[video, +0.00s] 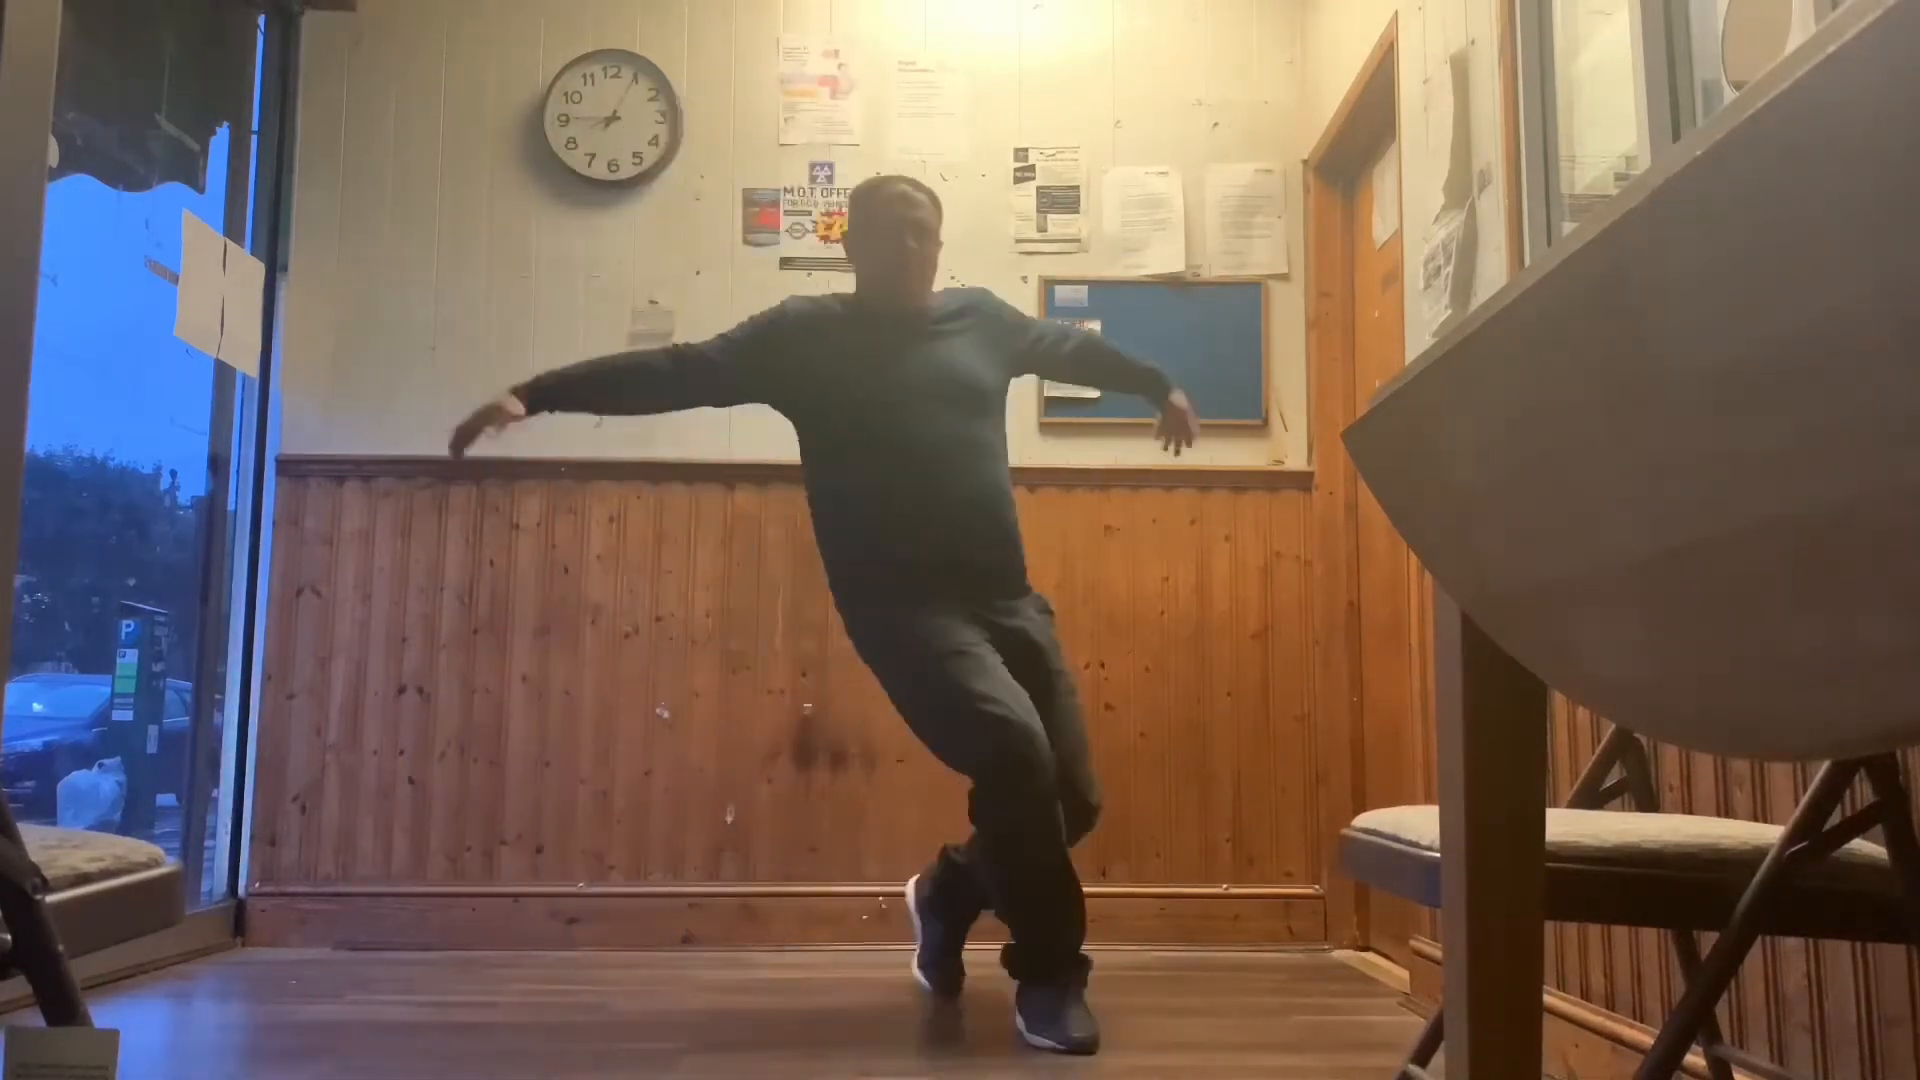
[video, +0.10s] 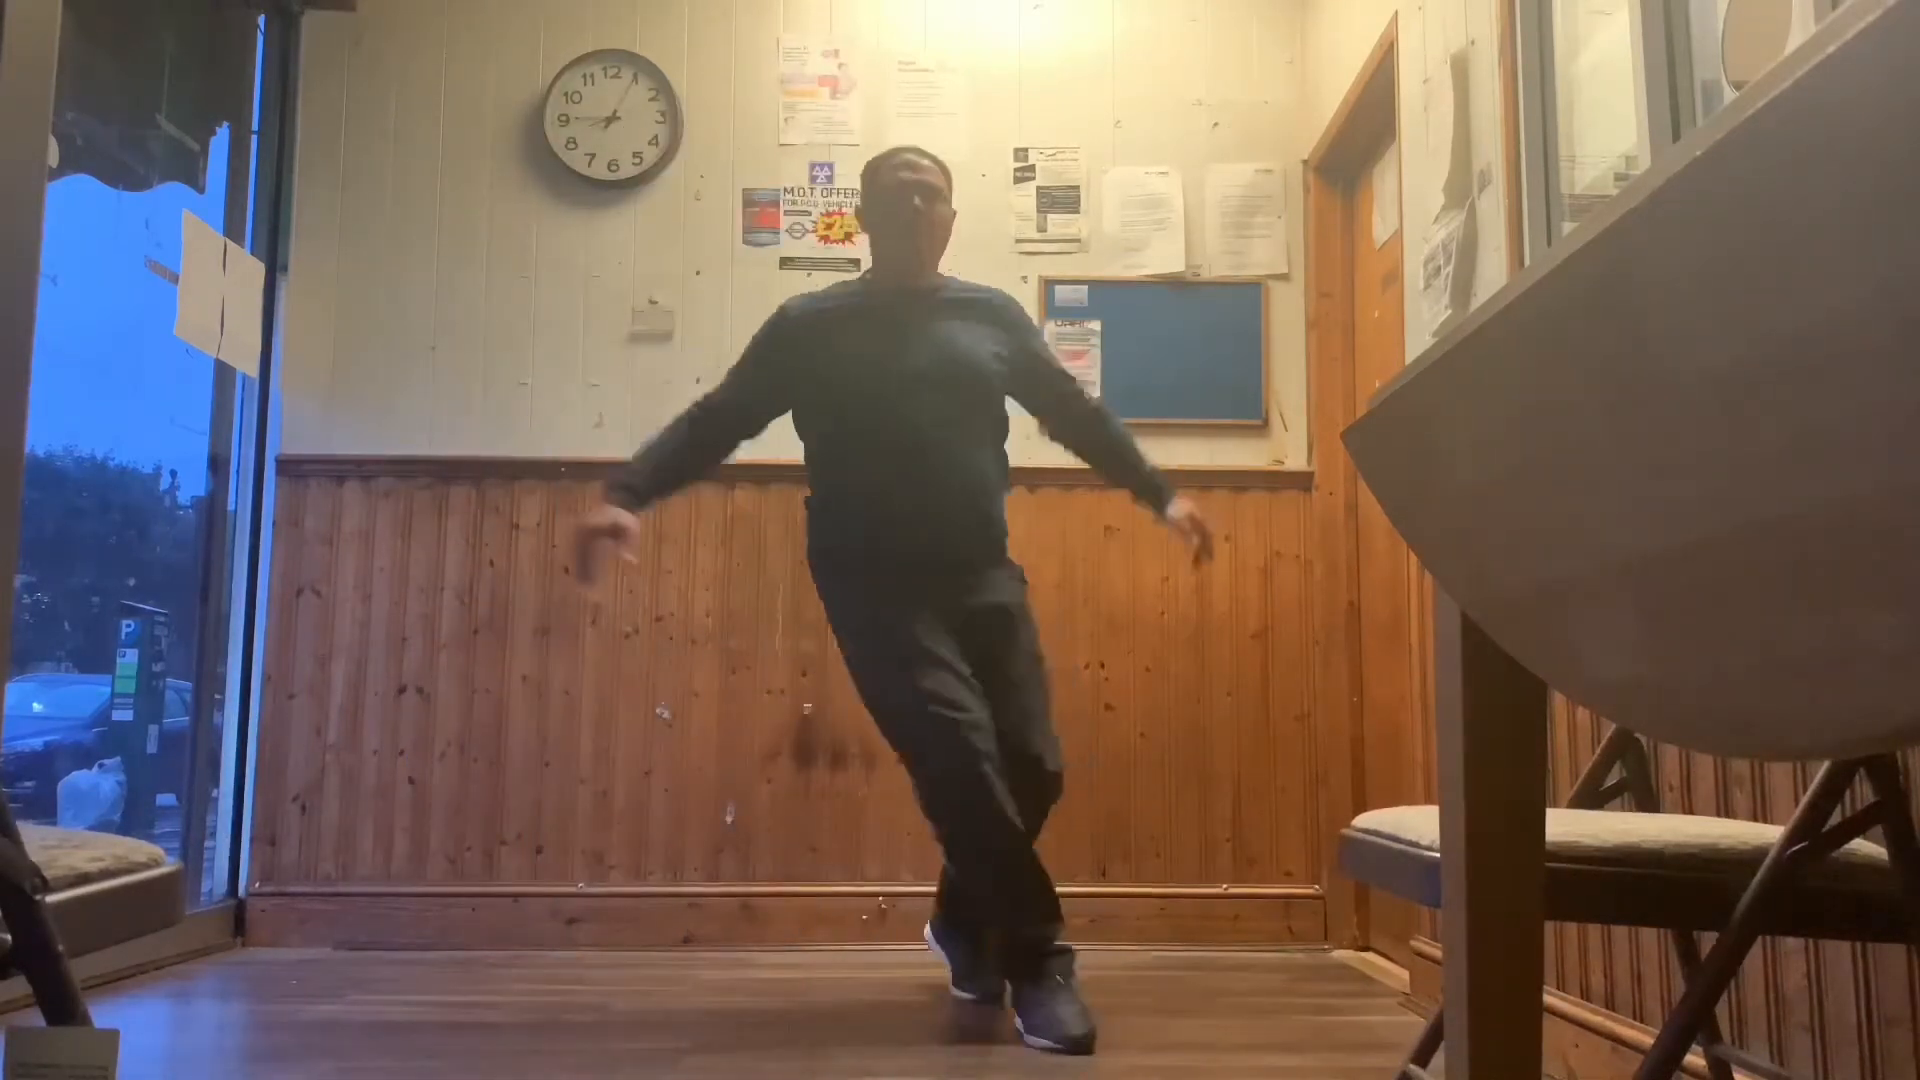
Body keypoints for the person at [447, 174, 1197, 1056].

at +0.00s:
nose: (919, 246)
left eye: (929, 231)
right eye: (898, 229)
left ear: (942, 247)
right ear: (851, 243)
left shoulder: (982, 323)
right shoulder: (801, 337)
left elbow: (1081, 352)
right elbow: (677, 373)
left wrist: (1163, 387)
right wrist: (533, 395)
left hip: (1008, 597)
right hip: (903, 606)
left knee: (1074, 801)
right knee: (1015, 751)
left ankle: (949, 896)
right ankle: (1052, 983)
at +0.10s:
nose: (918, 199)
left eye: (933, 190)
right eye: (898, 187)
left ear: (953, 224)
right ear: (861, 217)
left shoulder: (990, 318)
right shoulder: (807, 329)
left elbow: (1073, 411)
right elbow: (718, 418)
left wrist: (1159, 492)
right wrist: (628, 491)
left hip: (982, 574)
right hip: (875, 583)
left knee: (1035, 771)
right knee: (960, 760)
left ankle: (962, 919)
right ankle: (1041, 966)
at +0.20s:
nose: (899, 200)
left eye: (915, 188)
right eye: (883, 189)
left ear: (945, 216)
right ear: (856, 218)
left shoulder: (986, 327)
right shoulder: (808, 323)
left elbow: (1028, 444)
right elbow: (751, 439)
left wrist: (1046, 520)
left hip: (957, 567)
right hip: (849, 572)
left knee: (991, 753)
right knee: (893, 717)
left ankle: (963, 941)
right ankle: (951, 938)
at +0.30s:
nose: (865, 178)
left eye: (885, 171)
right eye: (851, 169)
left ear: (920, 204)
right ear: (830, 201)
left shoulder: (959, 302)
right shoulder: (790, 287)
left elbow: (990, 415)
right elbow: (724, 393)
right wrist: (813, 352)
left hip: (934, 560)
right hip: (819, 557)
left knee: (976, 744)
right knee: (797, 712)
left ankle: (958, 940)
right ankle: (833, 871)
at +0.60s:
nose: (761, 208)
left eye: (785, 200)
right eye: (751, 200)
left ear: (834, 231)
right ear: (741, 225)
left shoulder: (836, 291)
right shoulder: (714, 329)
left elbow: (824, 260)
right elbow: (647, 428)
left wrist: (720, 263)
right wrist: (667, 367)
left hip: (786, 570)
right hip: (692, 567)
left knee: (765, 765)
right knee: (663, 769)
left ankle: (854, 912)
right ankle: (690, 940)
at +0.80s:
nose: (726, 234)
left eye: (743, 219)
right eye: (715, 217)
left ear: (782, 229)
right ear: (697, 223)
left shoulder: (805, 324)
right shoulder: (664, 305)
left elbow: (821, 454)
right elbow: (568, 298)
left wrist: (783, 564)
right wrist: (597, 234)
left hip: (724, 568)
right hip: (634, 560)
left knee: (629, 723)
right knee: (622, 756)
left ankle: (687, 931)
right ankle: (697, 937)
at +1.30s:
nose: (756, 203)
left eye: (773, 196)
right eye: (741, 189)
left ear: (793, 223)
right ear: (705, 208)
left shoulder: (812, 311)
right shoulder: (648, 287)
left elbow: (898, 412)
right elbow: (551, 267)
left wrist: (887, 400)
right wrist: (655, 201)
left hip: (768, 545)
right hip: (658, 549)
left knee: (790, 685)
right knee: (646, 765)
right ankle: (678, 942)